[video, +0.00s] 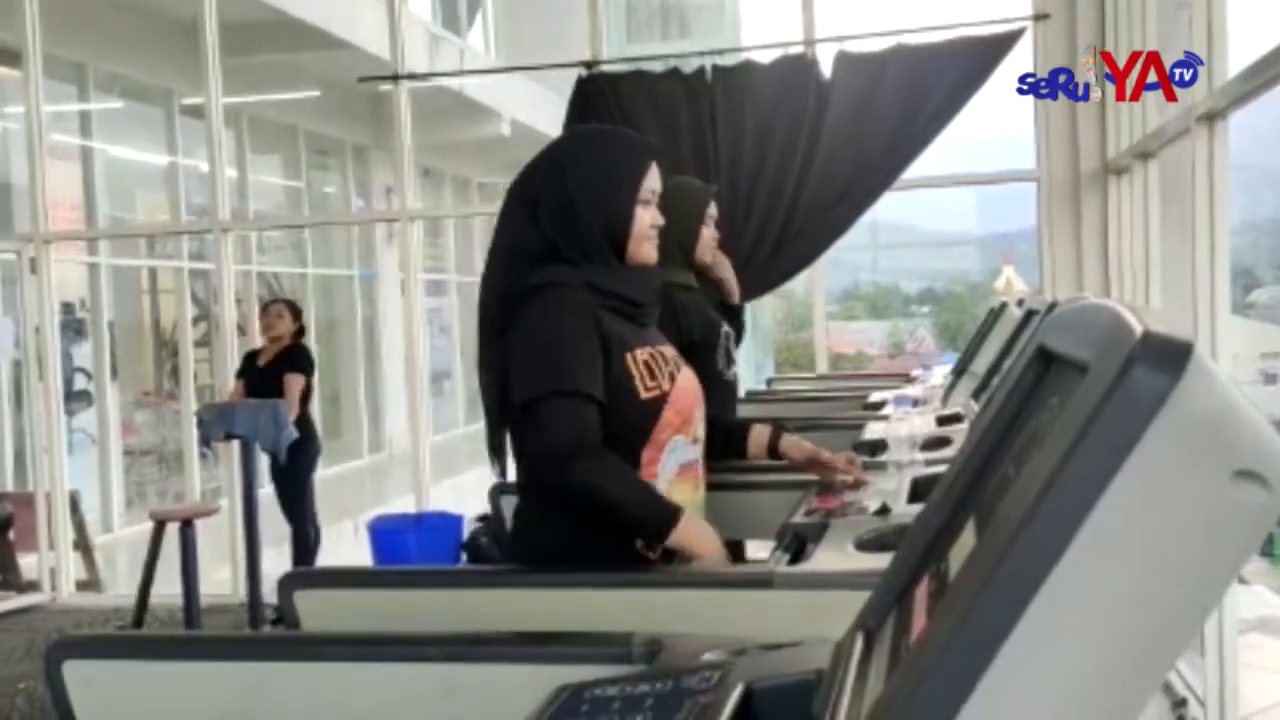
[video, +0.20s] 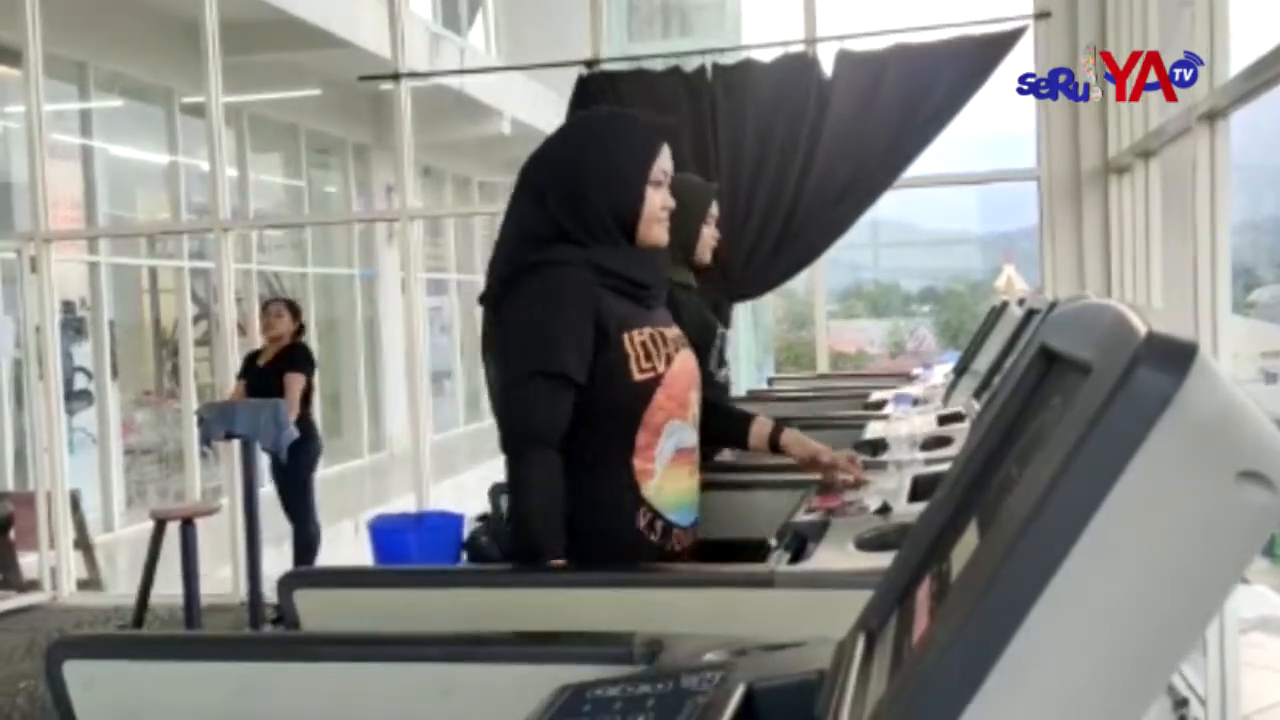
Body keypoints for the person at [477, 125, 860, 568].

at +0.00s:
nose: (659, 219)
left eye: (656, 203)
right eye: (646, 202)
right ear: (598, 203)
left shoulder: (622, 307)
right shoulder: (561, 310)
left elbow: (667, 432)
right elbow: (566, 460)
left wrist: (776, 444)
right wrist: (678, 526)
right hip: (589, 582)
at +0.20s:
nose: (670, 201)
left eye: (668, 185)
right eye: (657, 184)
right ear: (608, 185)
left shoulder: (636, 281)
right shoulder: (555, 287)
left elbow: (683, 406)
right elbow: (533, 442)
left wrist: (783, 440)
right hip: (593, 559)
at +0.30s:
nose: (674, 207)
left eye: (671, 191)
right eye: (660, 191)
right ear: (610, 192)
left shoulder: (639, 296)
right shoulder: (553, 300)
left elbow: (686, 422)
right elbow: (517, 452)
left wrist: (783, 444)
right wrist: (492, 583)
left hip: (650, 560)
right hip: (579, 571)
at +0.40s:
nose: (720, 241)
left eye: (718, 231)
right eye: (714, 230)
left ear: (689, 234)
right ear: (686, 232)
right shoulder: (682, 305)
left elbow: (717, 428)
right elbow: (713, 428)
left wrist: (815, 457)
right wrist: (811, 456)